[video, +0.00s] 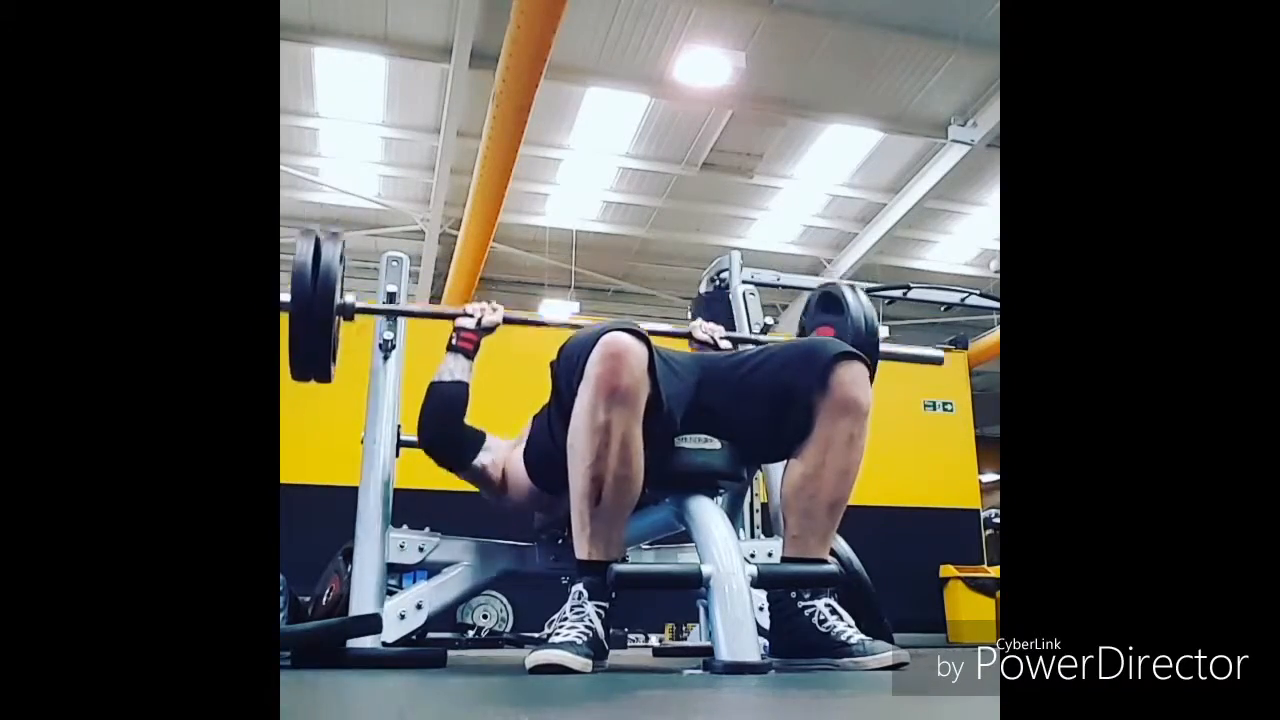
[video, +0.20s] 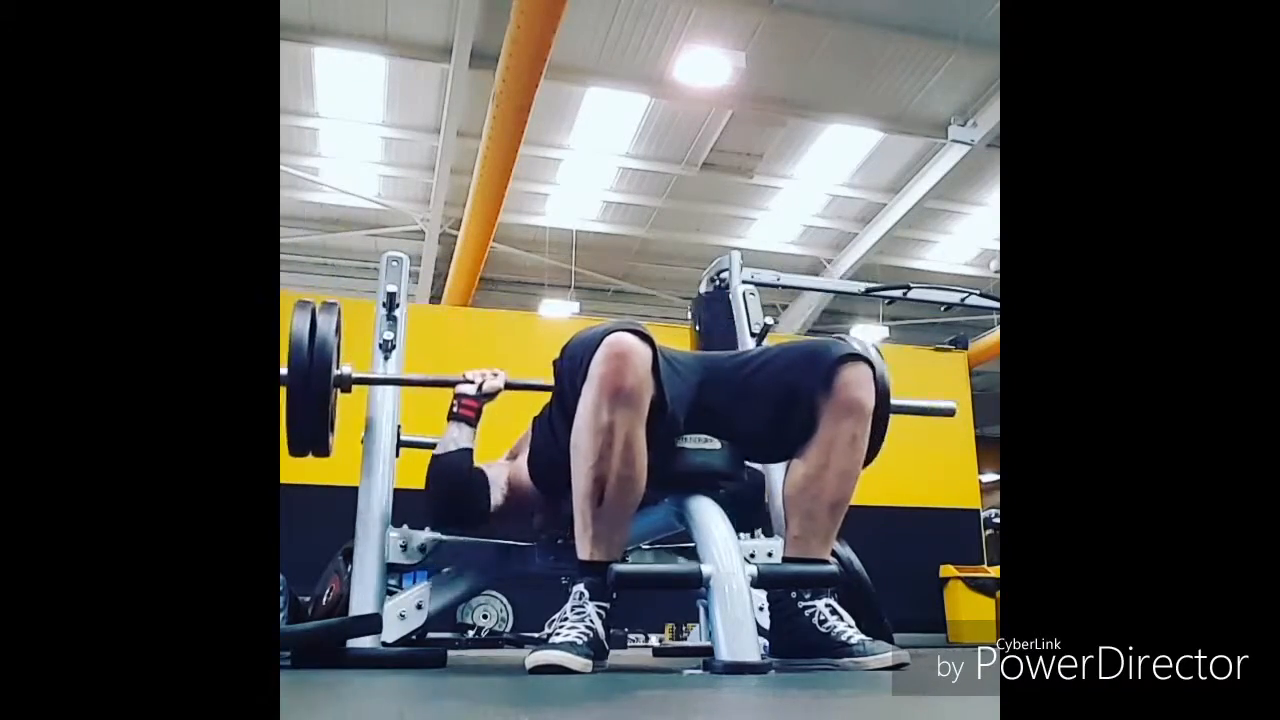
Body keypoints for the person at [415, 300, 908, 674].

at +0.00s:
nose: (491, 464)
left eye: (494, 464)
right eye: (490, 471)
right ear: (499, 475)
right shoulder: (517, 467)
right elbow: (440, 433)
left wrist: (717, 356)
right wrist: (465, 340)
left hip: (708, 389)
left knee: (846, 377)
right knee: (619, 355)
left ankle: (799, 609)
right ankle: (587, 606)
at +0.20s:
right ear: (494, 508)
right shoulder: (525, 490)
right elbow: (450, 498)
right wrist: (466, 407)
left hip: (701, 375)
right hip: (627, 361)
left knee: (850, 375)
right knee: (622, 356)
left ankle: (801, 606)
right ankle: (588, 606)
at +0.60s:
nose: (498, 470)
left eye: (497, 472)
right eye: (493, 476)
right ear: (498, 472)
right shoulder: (519, 460)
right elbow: (443, 428)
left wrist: (723, 348)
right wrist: (463, 339)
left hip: (704, 386)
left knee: (845, 378)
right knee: (621, 355)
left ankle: (798, 609)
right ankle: (587, 606)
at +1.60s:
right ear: (490, 505)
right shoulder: (519, 483)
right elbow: (448, 500)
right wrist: (466, 406)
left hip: (708, 376)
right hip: (630, 358)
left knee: (850, 375)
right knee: (618, 356)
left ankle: (801, 607)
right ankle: (587, 606)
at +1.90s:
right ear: (499, 477)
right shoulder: (514, 476)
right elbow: (440, 459)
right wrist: (465, 366)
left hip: (709, 372)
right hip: (622, 354)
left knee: (848, 376)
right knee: (622, 359)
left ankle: (801, 607)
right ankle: (588, 604)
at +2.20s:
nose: (496, 445)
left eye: (496, 446)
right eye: (492, 451)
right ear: (498, 466)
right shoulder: (522, 475)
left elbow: (735, 394)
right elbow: (455, 396)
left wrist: (720, 328)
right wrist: (468, 300)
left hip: (707, 384)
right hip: (631, 366)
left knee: (851, 377)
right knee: (628, 355)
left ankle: (800, 606)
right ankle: (586, 605)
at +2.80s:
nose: (494, 475)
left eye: (491, 471)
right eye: (488, 481)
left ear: (510, 459)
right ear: (498, 492)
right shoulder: (517, 463)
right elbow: (432, 434)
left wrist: (715, 352)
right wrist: (464, 343)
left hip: (703, 383)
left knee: (841, 376)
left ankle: (799, 606)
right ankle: (587, 605)